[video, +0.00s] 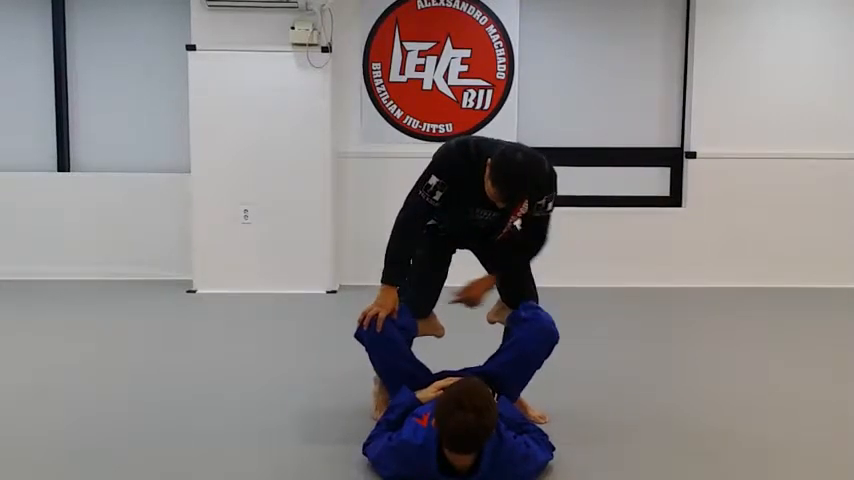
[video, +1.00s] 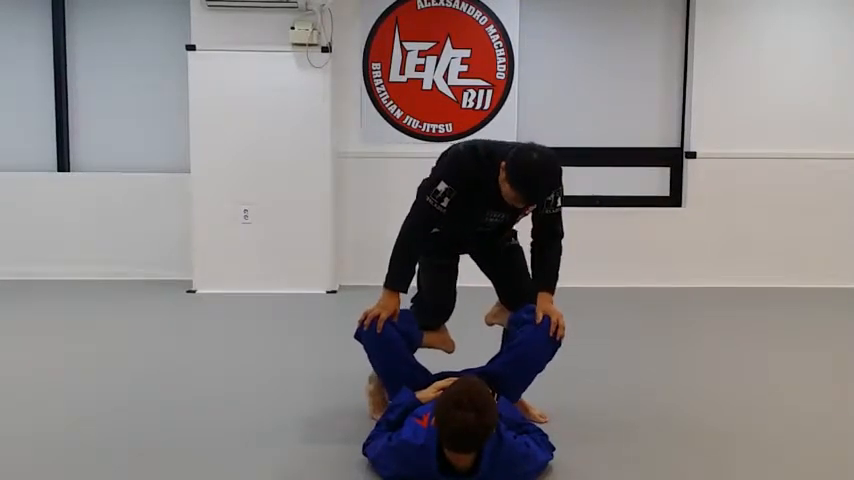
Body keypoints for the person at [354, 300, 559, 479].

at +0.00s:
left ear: (434, 421)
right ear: (495, 422)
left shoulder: (407, 452)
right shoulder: (514, 457)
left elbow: (374, 443)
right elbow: (542, 443)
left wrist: (413, 397)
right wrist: (503, 403)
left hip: (423, 394)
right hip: (491, 391)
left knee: (374, 325)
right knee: (543, 328)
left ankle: (420, 319)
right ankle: (508, 308)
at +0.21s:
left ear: (434, 420)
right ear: (495, 423)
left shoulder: (409, 451)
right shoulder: (514, 456)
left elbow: (374, 443)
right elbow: (541, 443)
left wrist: (413, 398)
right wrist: (504, 403)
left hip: (423, 394)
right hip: (492, 392)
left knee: (373, 325)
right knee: (543, 328)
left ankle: (419, 319)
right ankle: (508, 309)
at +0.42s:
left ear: (434, 420)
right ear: (494, 422)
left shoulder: (408, 451)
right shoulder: (514, 456)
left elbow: (374, 443)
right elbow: (541, 443)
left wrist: (414, 397)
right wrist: (505, 403)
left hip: (422, 395)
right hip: (490, 392)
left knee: (371, 326)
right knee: (543, 328)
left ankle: (421, 319)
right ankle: (507, 308)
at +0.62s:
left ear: (434, 419)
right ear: (494, 422)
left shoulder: (408, 451)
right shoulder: (514, 457)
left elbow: (374, 443)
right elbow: (541, 443)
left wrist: (413, 398)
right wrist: (505, 403)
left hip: (422, 395)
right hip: (491, 391)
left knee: (371, 326)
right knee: (541, 322)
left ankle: (421, 324)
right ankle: (508, 311)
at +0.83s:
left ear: (434, 419)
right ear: (494, 420)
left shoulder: (408, 451)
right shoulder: (514, 456)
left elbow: (373, 443)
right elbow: (541, 442)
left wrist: (414, 398)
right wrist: (505, 403)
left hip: (424, 396)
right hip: (491, 393)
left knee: (375, 325)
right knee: (544, 323)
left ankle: (427, 328)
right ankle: (508, 313)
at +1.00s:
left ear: (434, 419)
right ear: (495, 418)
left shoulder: (407, 452)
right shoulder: (515, 456)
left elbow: (374, 443)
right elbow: (540, 442)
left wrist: (414, 397)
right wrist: (506, 403)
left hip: (424, 396)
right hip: (492, 393)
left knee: (373, 327)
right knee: (546, 326)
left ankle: (431, 333)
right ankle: (509, 312)